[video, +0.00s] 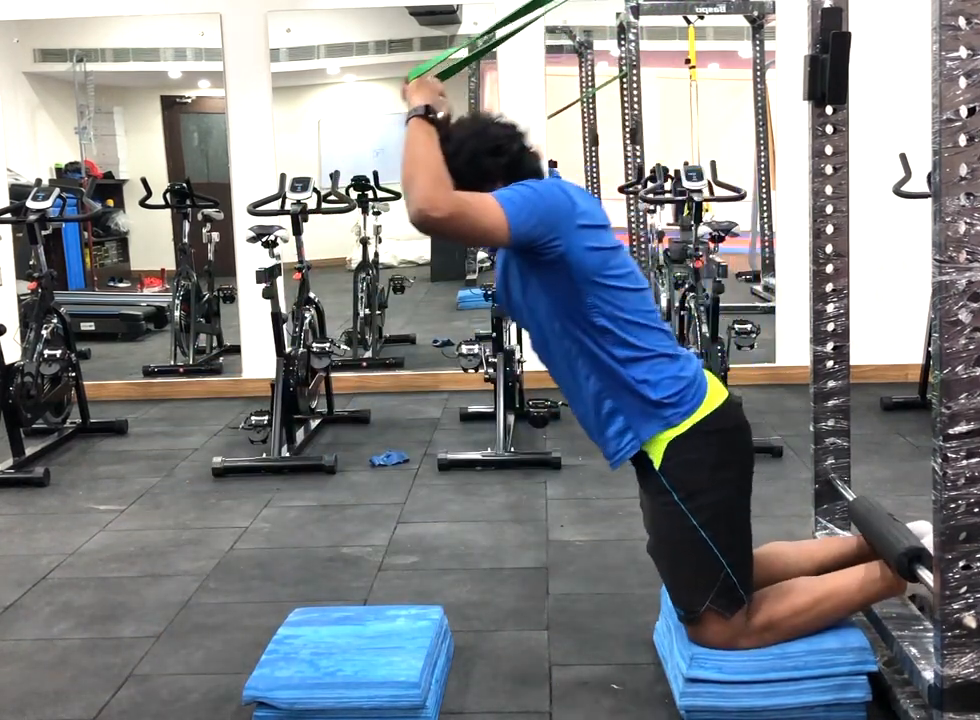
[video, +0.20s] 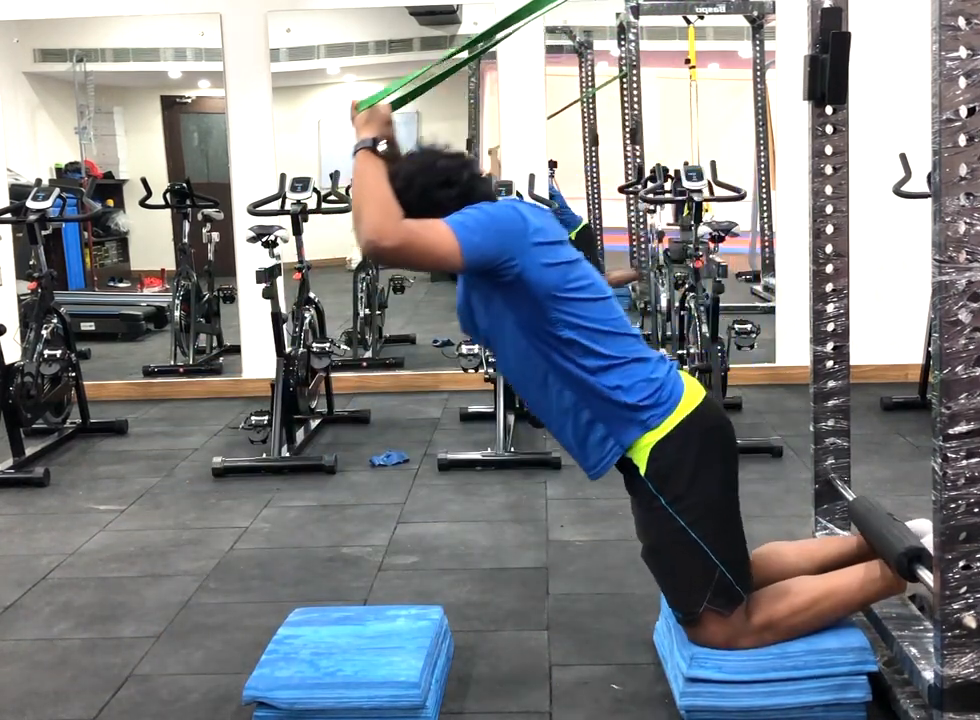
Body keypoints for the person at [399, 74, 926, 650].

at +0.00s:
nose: (457, 205)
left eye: (458, 193)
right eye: (450, 193)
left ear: (484, 185)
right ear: (510, 159)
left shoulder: (550, 203)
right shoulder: (538, 216)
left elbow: (433, 207)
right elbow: (443, 206)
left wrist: (419, 115)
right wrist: (430, 120)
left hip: (687, 435)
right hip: (670, 433)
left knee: (723, 627)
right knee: (715, 580)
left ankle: (901, 576)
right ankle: (871, 542)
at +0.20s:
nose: (412, 240)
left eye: (412, 227)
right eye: (406, 227)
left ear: (437, 211)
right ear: (457, 193)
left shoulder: (505, 227)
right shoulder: (500, 232)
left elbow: (382, 235)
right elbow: (391, 237)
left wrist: (367, 147)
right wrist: (376, 155)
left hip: (667, 435)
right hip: (658, 429)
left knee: (721, 625)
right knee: (717, 583)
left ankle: (903, 572)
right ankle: (873, 543)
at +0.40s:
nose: (372, 276)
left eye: (369, 260)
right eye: (365, 260)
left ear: (397, 248)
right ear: (416, 217)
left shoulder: (464, 254)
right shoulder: (471, 253)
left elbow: (340, 275)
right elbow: (353, 271)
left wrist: (318, 189)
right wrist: (328, 191)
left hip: (648, 445)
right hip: (647, 431)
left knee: (723, 626)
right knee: (720, 583)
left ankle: (910, 572)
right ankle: (866, 539)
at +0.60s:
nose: (339, 306)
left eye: (338, 291)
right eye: (333, 293)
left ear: (365, 277)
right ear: (384, 251)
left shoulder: (431, 283)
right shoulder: (442, 277)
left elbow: (303, 310)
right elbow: (319, 307)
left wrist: (275, 231)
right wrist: (289, 231)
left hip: (631, 453)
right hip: (632, 436)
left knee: (722, 628)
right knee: (714, 587)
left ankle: (899, 571)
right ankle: (860, 541)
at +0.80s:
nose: (311, 332)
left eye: (310, 316)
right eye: (305, 317)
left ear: (336, 300)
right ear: (355, 286)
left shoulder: (399, 309)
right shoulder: (412, 303)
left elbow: (266, 348)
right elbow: (287, 343)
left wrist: (232, 265)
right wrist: (254, 268)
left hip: (614, 464)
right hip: (613, 451)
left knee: (720, 629)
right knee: (708, 589)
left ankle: (904, 571)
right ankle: (865, 537)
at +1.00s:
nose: (296, 391)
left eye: (291, 375)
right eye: (289, 377)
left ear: (306, 348)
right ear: (323, 320)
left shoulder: (366, 342)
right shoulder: (382, 332)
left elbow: (243, 405)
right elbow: (262, 391)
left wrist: (189, 338)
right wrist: (205, 332)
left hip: (597, 472)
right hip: (599, 449)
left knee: (722, 631)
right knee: (716, 585)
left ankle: (905, 570)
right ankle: (865, 538)